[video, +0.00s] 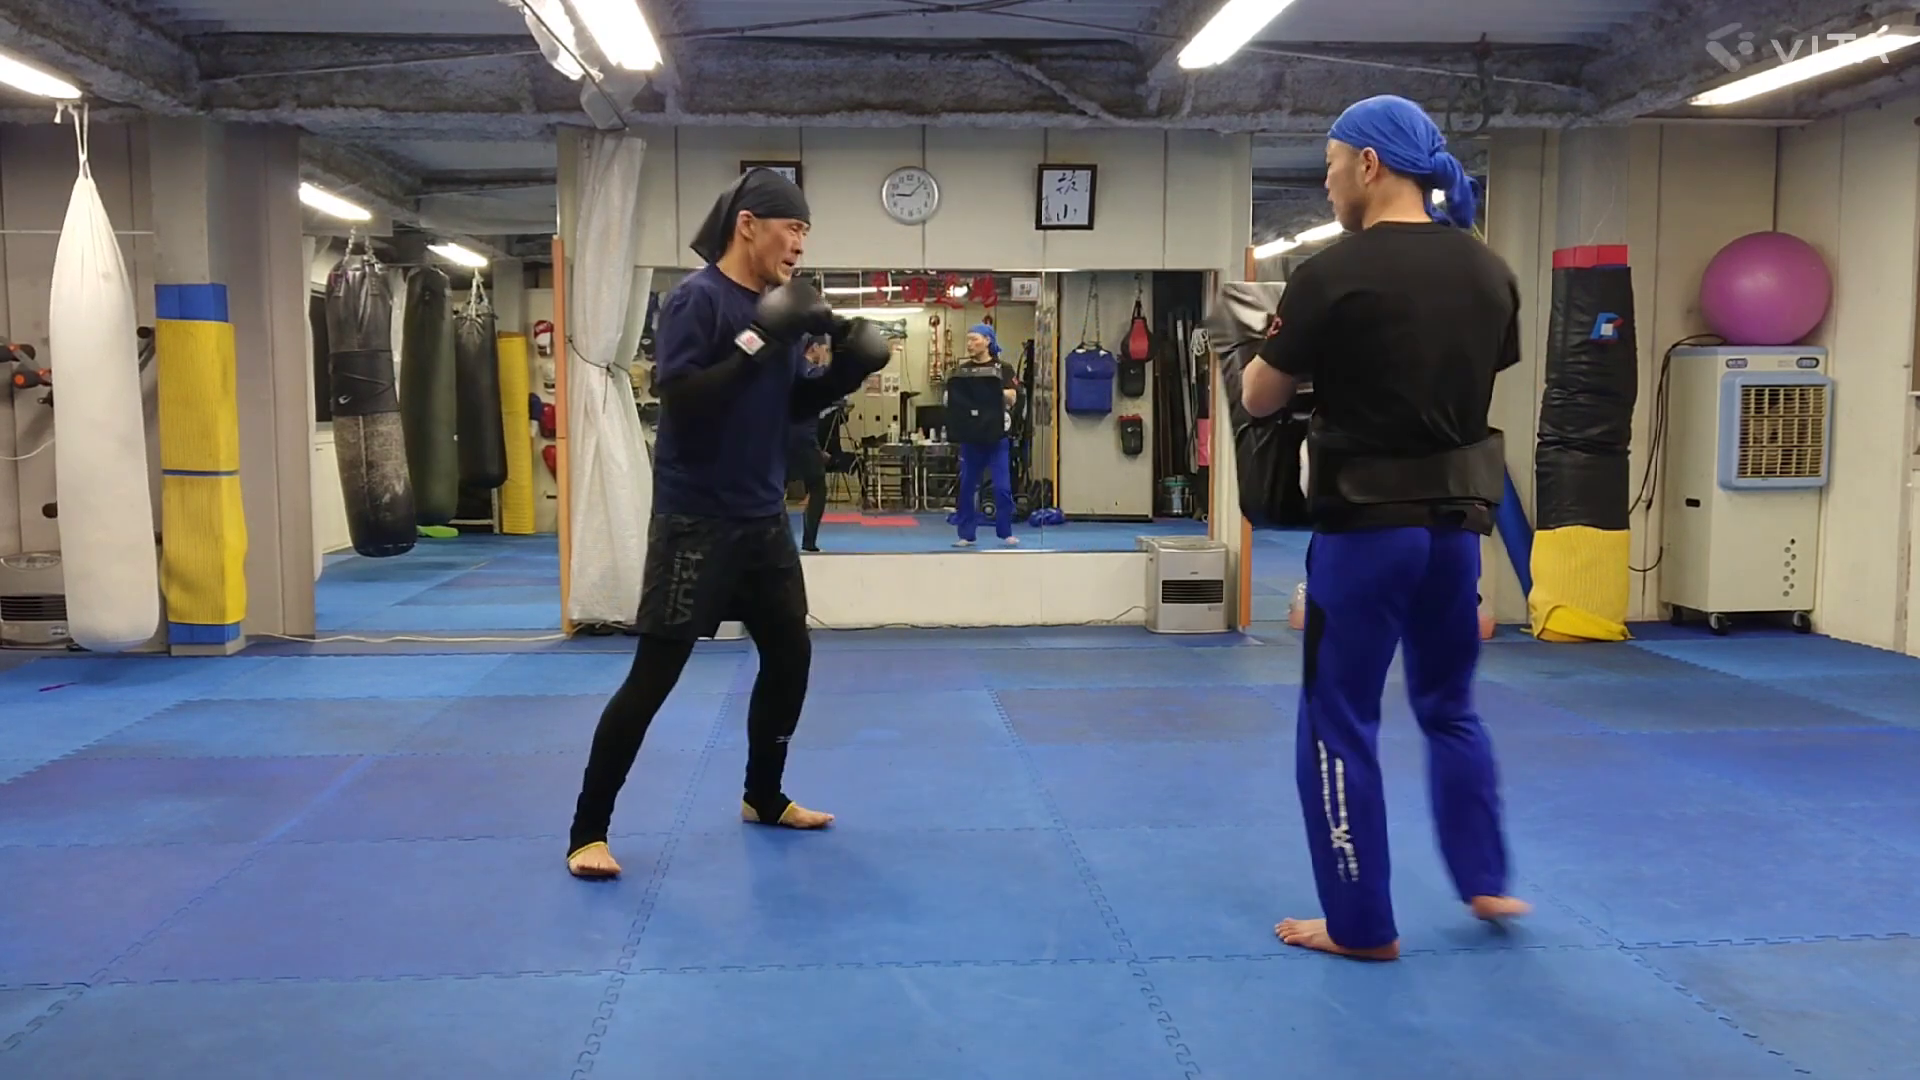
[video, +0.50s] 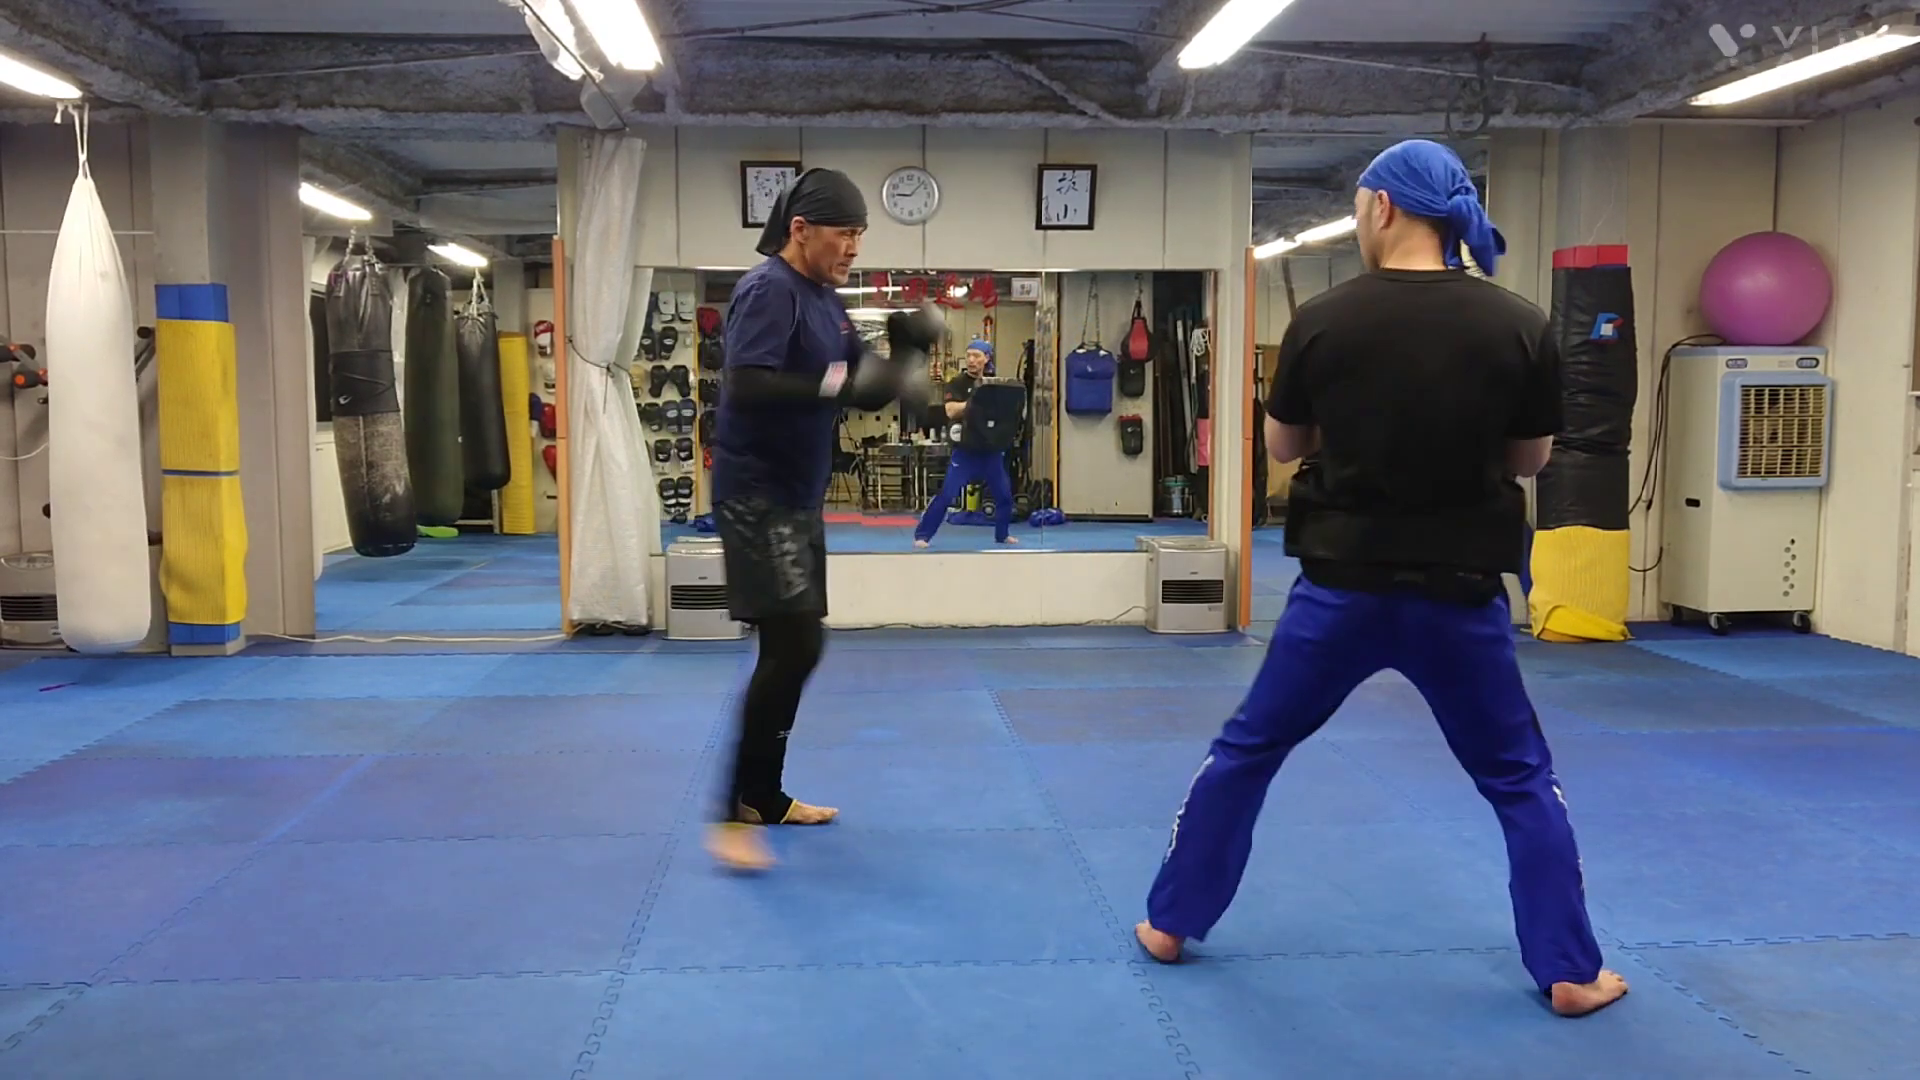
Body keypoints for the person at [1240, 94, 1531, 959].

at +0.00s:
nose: (1325, 181)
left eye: (1331, 164)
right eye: (1327, 165)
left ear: (1370, 164)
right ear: (1413, 171)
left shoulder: (1334, 272)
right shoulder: (1487, 270)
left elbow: (1260, 397)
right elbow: (1484, 369)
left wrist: (1267, 336)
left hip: (1363, 534)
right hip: (1457, 533)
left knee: (1338, 724)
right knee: (1451, 710)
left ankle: (1361, 926)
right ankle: (1488, 883)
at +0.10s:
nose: (1339, 187)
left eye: (1343, 170)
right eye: (1339, 171)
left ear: (1378, 165)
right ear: (1423, 170)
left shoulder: (1337, 277)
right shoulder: (1503, 275)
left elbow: (1268, 404)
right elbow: (1506, 397)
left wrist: (1335, 375)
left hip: (1358, 544)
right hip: (1462, 543)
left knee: (1325, 731)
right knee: (1485, 728)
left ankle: (1356, 922)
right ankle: (1536, 904)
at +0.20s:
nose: (1357, 195)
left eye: (1361, 179)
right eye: (1358, 179)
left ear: (1395, 177)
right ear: (1452, 182)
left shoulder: (1348, 286)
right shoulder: (1525, 290)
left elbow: (1285, 414)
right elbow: (1524, 431)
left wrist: (1355, 397)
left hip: (1364, 557)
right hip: (1477, 559)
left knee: (1296, 713)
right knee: (1523, 749)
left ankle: (1342, 907)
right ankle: (1578, 962)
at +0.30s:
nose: (1368, 203)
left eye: (1373, 186)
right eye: (1372, 187)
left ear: (1405, 186)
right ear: (1461, 196)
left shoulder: (1353, 296)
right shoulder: (1537, 299)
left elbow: (1303, 434)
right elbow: (1544, 433)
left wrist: (1367, 415)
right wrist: (1465, 428)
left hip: (1367, 571)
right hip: (1487, 576)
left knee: (1275, 706)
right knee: (1534, 766)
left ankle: (1275, 892)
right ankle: (1578, 973)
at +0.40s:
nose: (1364, 213)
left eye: (1369, 197)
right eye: (1367, 197)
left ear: (1399, 199)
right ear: (1463, 205)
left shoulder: (1344, 312)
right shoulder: (1537, 312)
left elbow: (1299, 440)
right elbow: (1548, 446)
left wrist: (1370, 414)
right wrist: (1467, 413)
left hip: (1361, 584)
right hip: (1482, 587)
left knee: (1275, 747)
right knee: (1531, 776)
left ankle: (1179, 915)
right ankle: (1571, 974)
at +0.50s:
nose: (1354, 221)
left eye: (1360, 205)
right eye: (1360, 205)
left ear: (1385, 210)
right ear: (1451, 219)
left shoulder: (1329, 319)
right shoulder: (1520, 323)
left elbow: (1284, 445)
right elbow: (1531, 458)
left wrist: (1368, 424)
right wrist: (1450, 437)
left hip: (1339, 597)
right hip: (1463, 605)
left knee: (1246, 750)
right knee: (1520, 780)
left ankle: (1170, 924)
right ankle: (1569, 975)